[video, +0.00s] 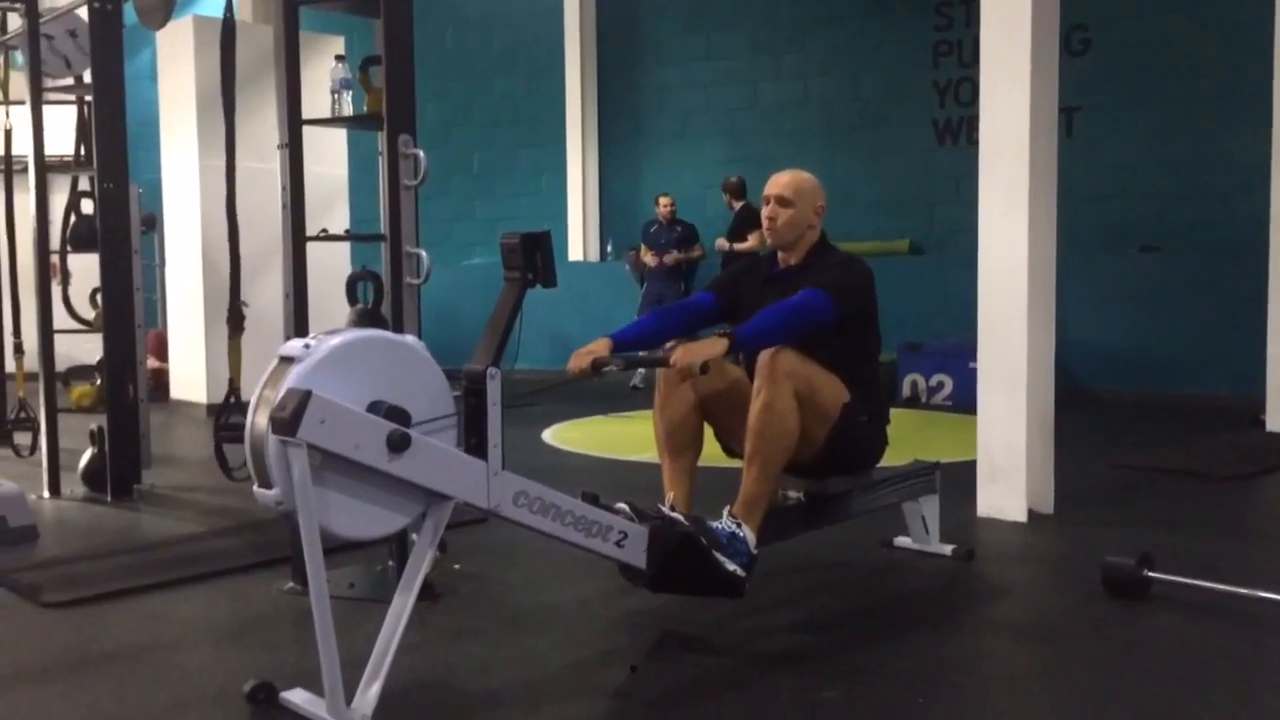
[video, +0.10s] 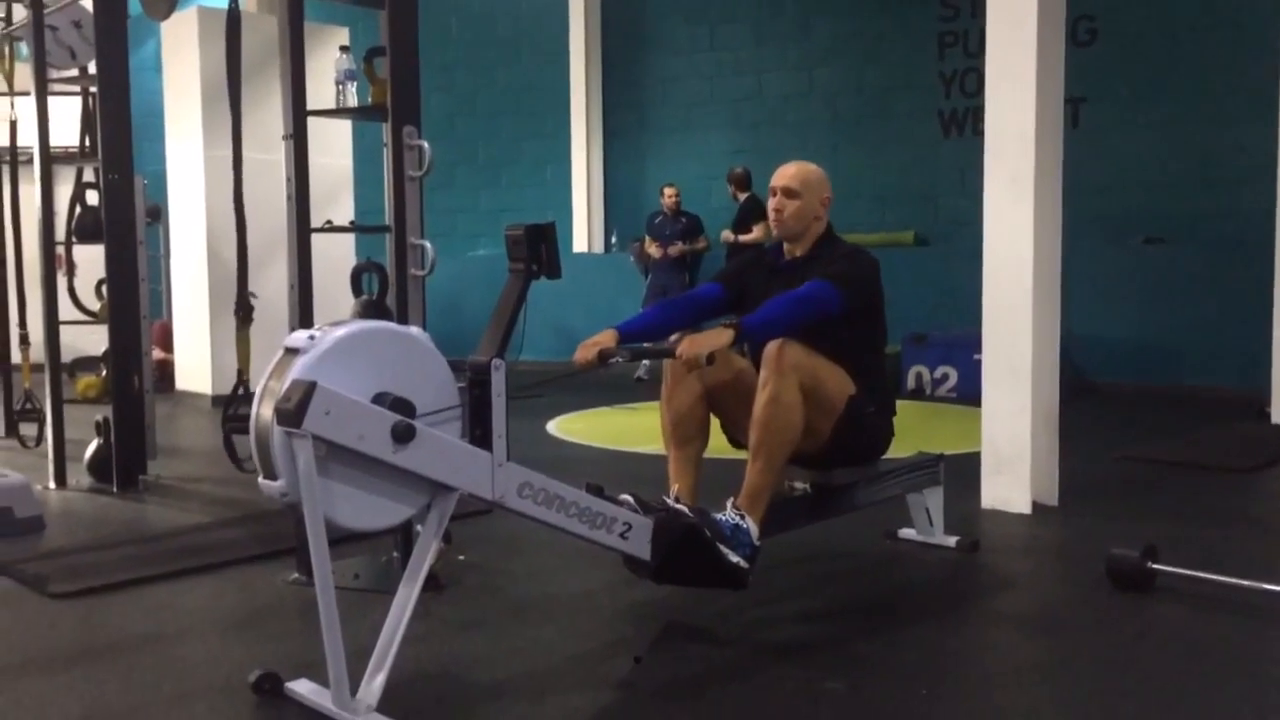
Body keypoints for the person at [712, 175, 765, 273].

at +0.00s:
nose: (724, 199)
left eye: (724, 195)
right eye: (723, 195)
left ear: (728, 196)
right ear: (742, 192)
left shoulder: (747, 212)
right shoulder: (741, 212)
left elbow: (756, 243)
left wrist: (729, 246)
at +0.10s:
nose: (729, 190)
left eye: (729, 186)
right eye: (728, 186)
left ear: (733, 187)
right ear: (747, 183)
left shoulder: (752, 203)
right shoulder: (746, 204)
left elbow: (761, 234)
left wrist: (735, 238)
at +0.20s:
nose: (731, 183)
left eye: (731, 179)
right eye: (731, 179)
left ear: (736, 180)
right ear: (750, 176)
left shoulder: (756, 196)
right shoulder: (747, 197)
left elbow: (762, 228)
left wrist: (737, 232)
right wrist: (735, 229)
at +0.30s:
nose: (734, 179)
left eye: (734, 174)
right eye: (733, 174)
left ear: (738, 175)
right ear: (753, 172)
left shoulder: (757, 193)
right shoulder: (750, 193)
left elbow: (762, 225)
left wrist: (736, 230)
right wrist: (734, 227)